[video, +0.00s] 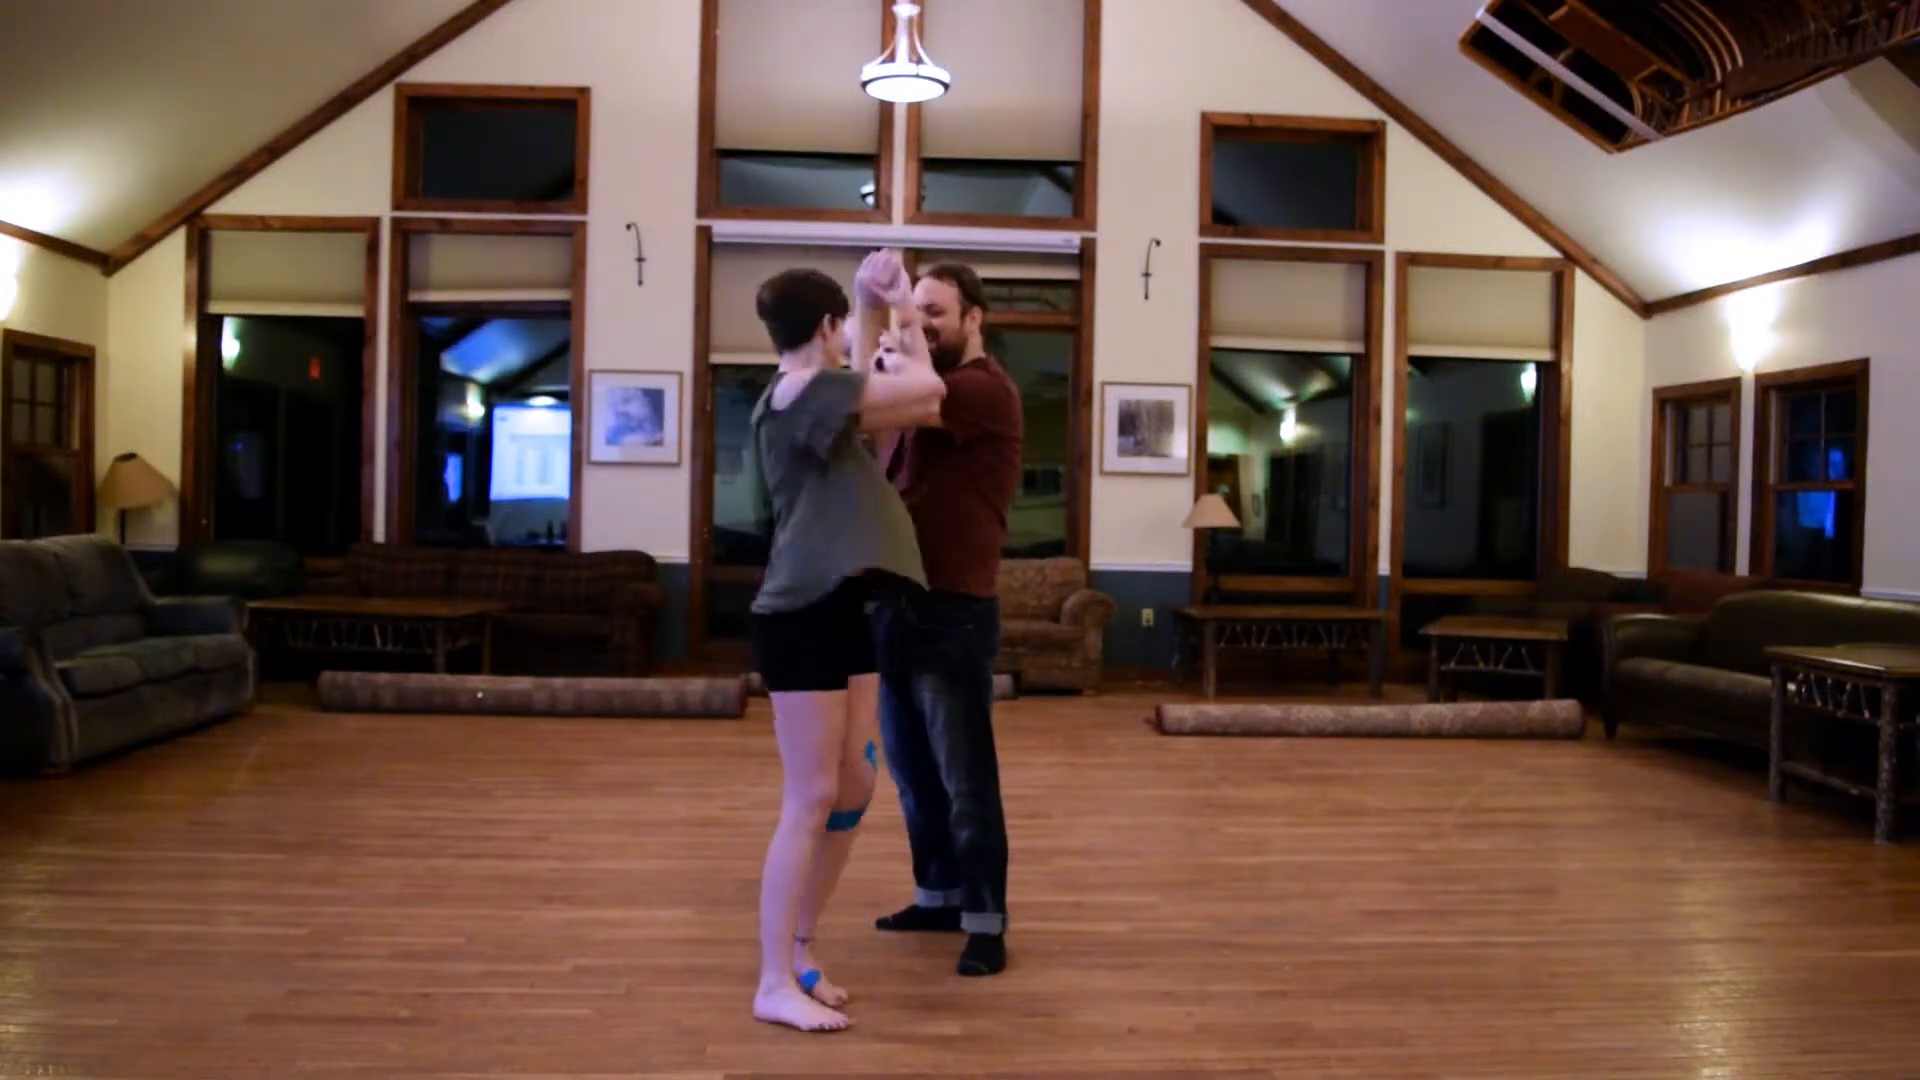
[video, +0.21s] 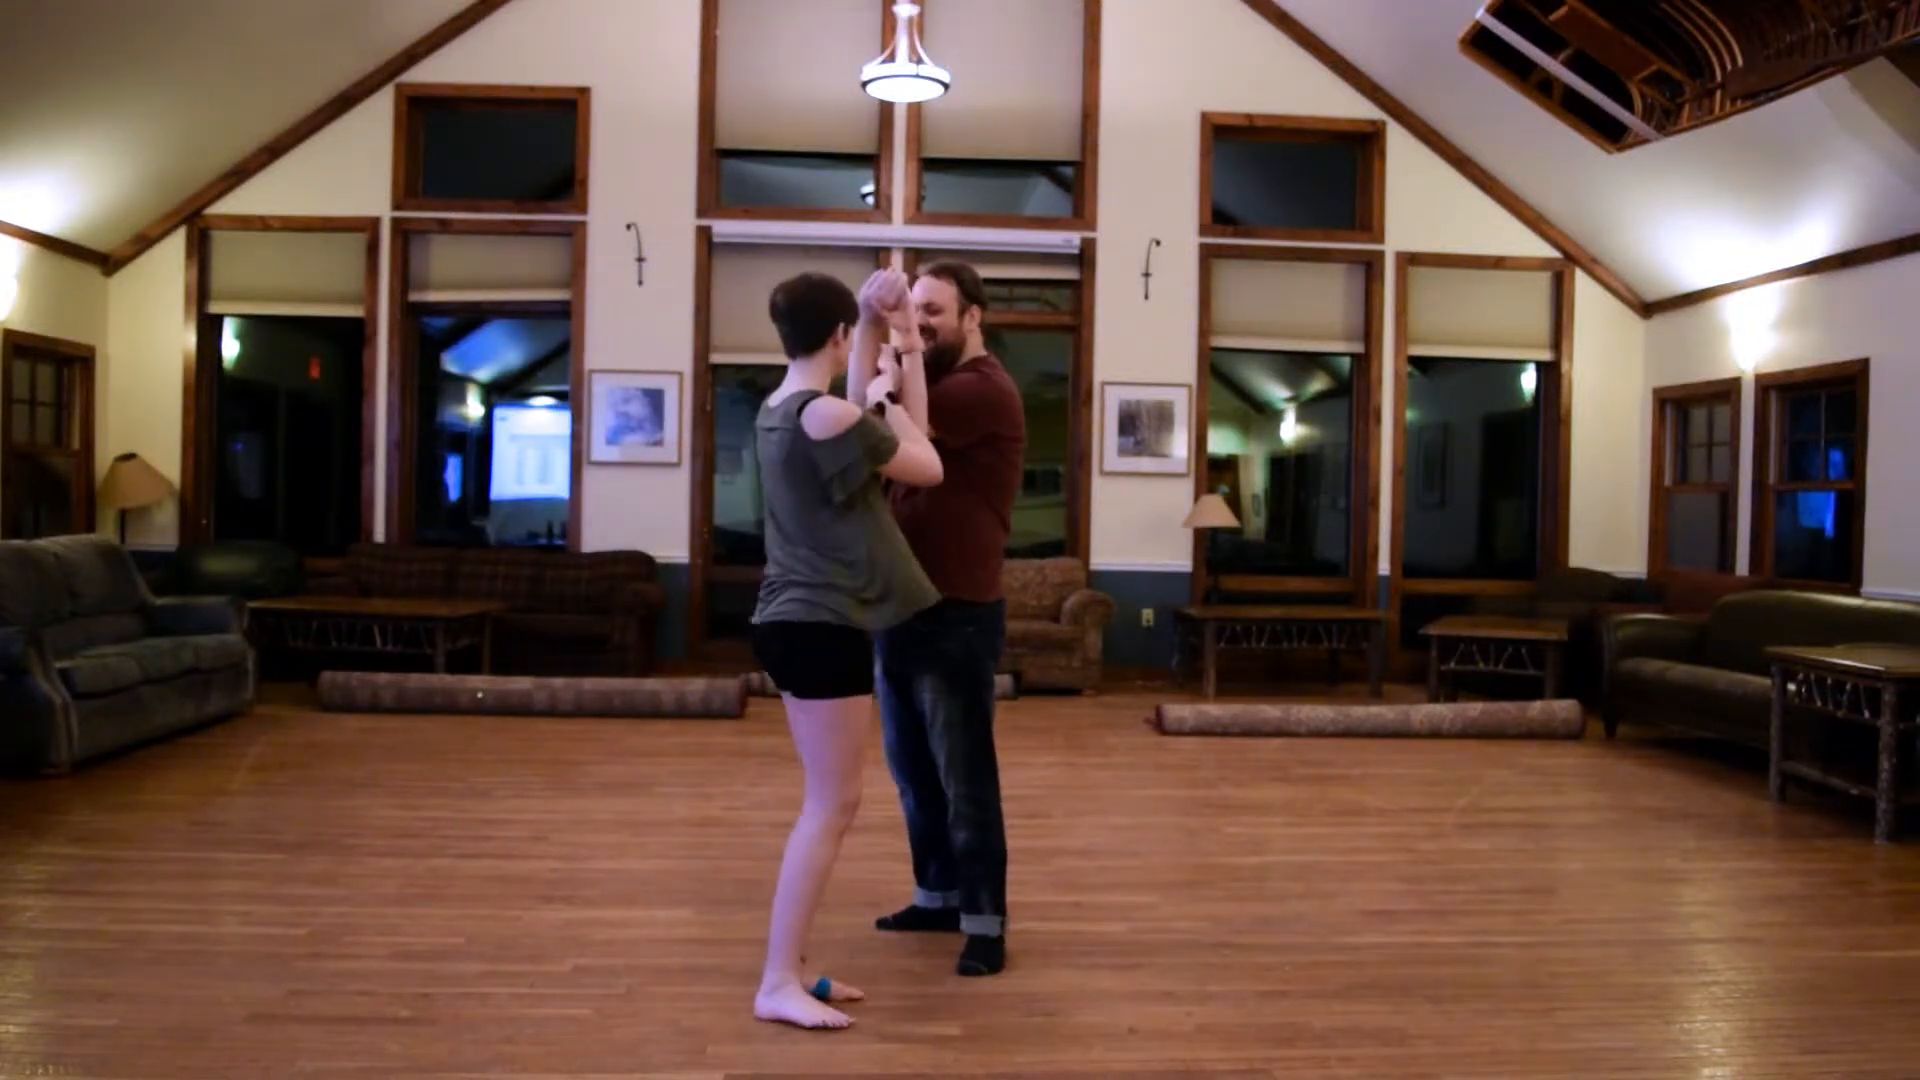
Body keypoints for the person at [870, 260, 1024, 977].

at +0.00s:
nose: (919, 323)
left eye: (935, 312)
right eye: (915, 311)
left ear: (972, 319)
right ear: (911, 317)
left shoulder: (989, 386)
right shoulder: (920, 385)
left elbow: (901, 406)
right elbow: (866, 417)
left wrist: (892, 320)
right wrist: (877, 328)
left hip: (956, 598)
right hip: (900, 592)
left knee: (963, 769)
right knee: (914, 764)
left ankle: (985, 920)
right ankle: (939, 898)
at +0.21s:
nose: (918, 323)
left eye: (933, 312)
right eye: (913, 312)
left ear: (971, 319)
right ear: (909, 319)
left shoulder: (987, 386)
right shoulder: (927, 381)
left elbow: (898, 423)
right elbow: (866, 408)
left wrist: (893, 341)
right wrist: (873, 332)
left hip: (960, 603)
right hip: (904, 598)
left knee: (962, 767)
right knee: (914, 763)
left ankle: (985, 919)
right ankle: (939, 899)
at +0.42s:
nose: (908, 326)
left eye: (923, 313)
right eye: (903, 313)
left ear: (962, 319)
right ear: (904, 318)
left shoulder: (980, 387)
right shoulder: (920, 382)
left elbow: (899, 437)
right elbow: (856, 414)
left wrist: (897, 353)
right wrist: (865, 337)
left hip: (967, 606)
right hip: (906, 604)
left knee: (970, 769)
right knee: (896, 755)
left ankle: (985, 922)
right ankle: (915, 906)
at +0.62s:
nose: (909, 330)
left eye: (924, 316)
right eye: (904, 317)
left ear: (963, 321)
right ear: (904, 322)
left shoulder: (983, 393)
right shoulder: (920, 388)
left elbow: (902, 442)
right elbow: (868, 434)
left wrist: (904, 360)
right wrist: (868, 341)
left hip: (963, 613)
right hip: (902, 611)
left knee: (966, 775)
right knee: (903, 767)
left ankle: (984, 923)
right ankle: (916, 908)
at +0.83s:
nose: (928, 329)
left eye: (944, 317)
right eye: (924, 317)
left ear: (984, 323)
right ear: (924, 323)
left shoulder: (1002, 394)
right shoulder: (941, 387)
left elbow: (916, 434)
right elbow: (883, 423)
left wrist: (922, 358)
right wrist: (882, 337)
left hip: (977, 618)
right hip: (918, 614)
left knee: (984, 772)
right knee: (909, 765)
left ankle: (1026, 923)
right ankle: (918, 908)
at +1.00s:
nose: (952, 329)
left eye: (967, 316)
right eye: (948, 316)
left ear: (1007, 322)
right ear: (955, 326)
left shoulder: (1029, 392)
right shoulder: (972, 385)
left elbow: (935, 428)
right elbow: (902, 411)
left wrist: (939, 349)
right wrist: (904, 329)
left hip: (1013, 620)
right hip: (956, 615)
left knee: (1010, 779)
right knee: (933, 766)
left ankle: (1030, 930)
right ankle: (921, 910)